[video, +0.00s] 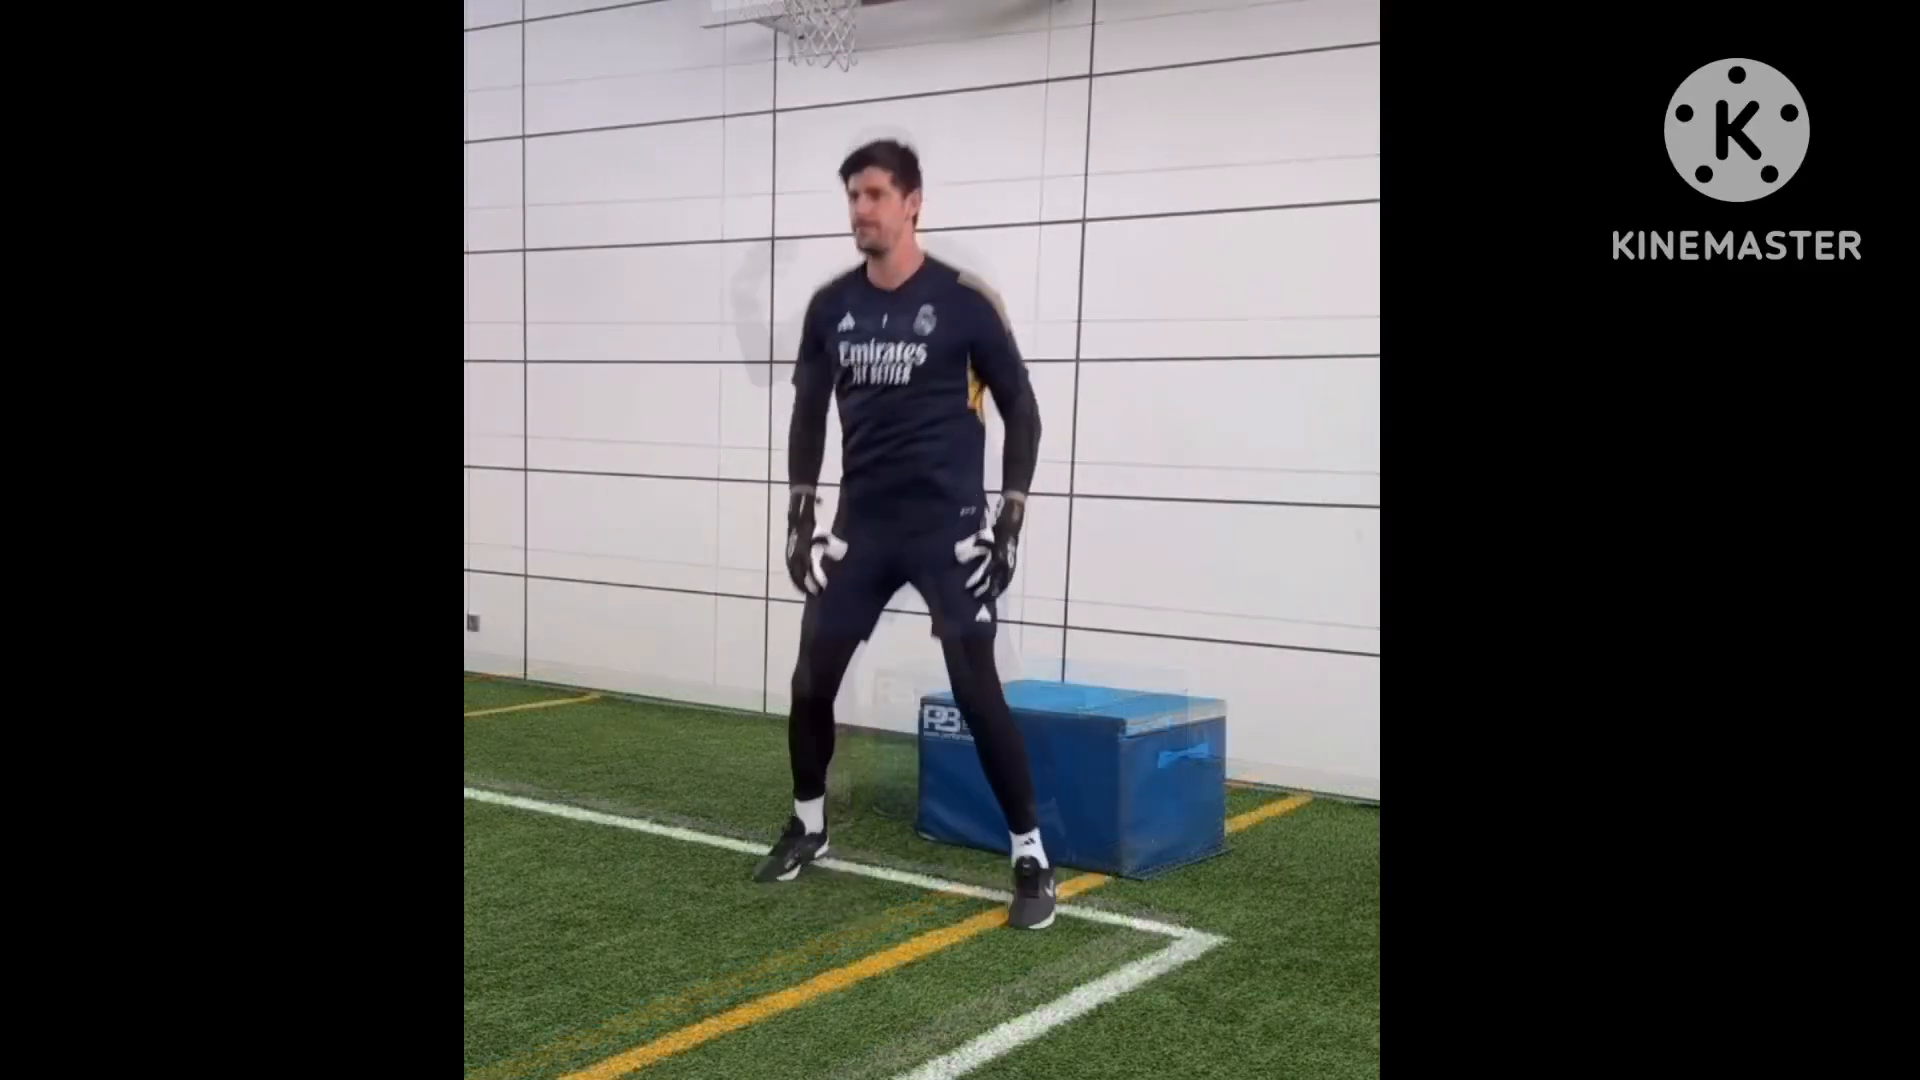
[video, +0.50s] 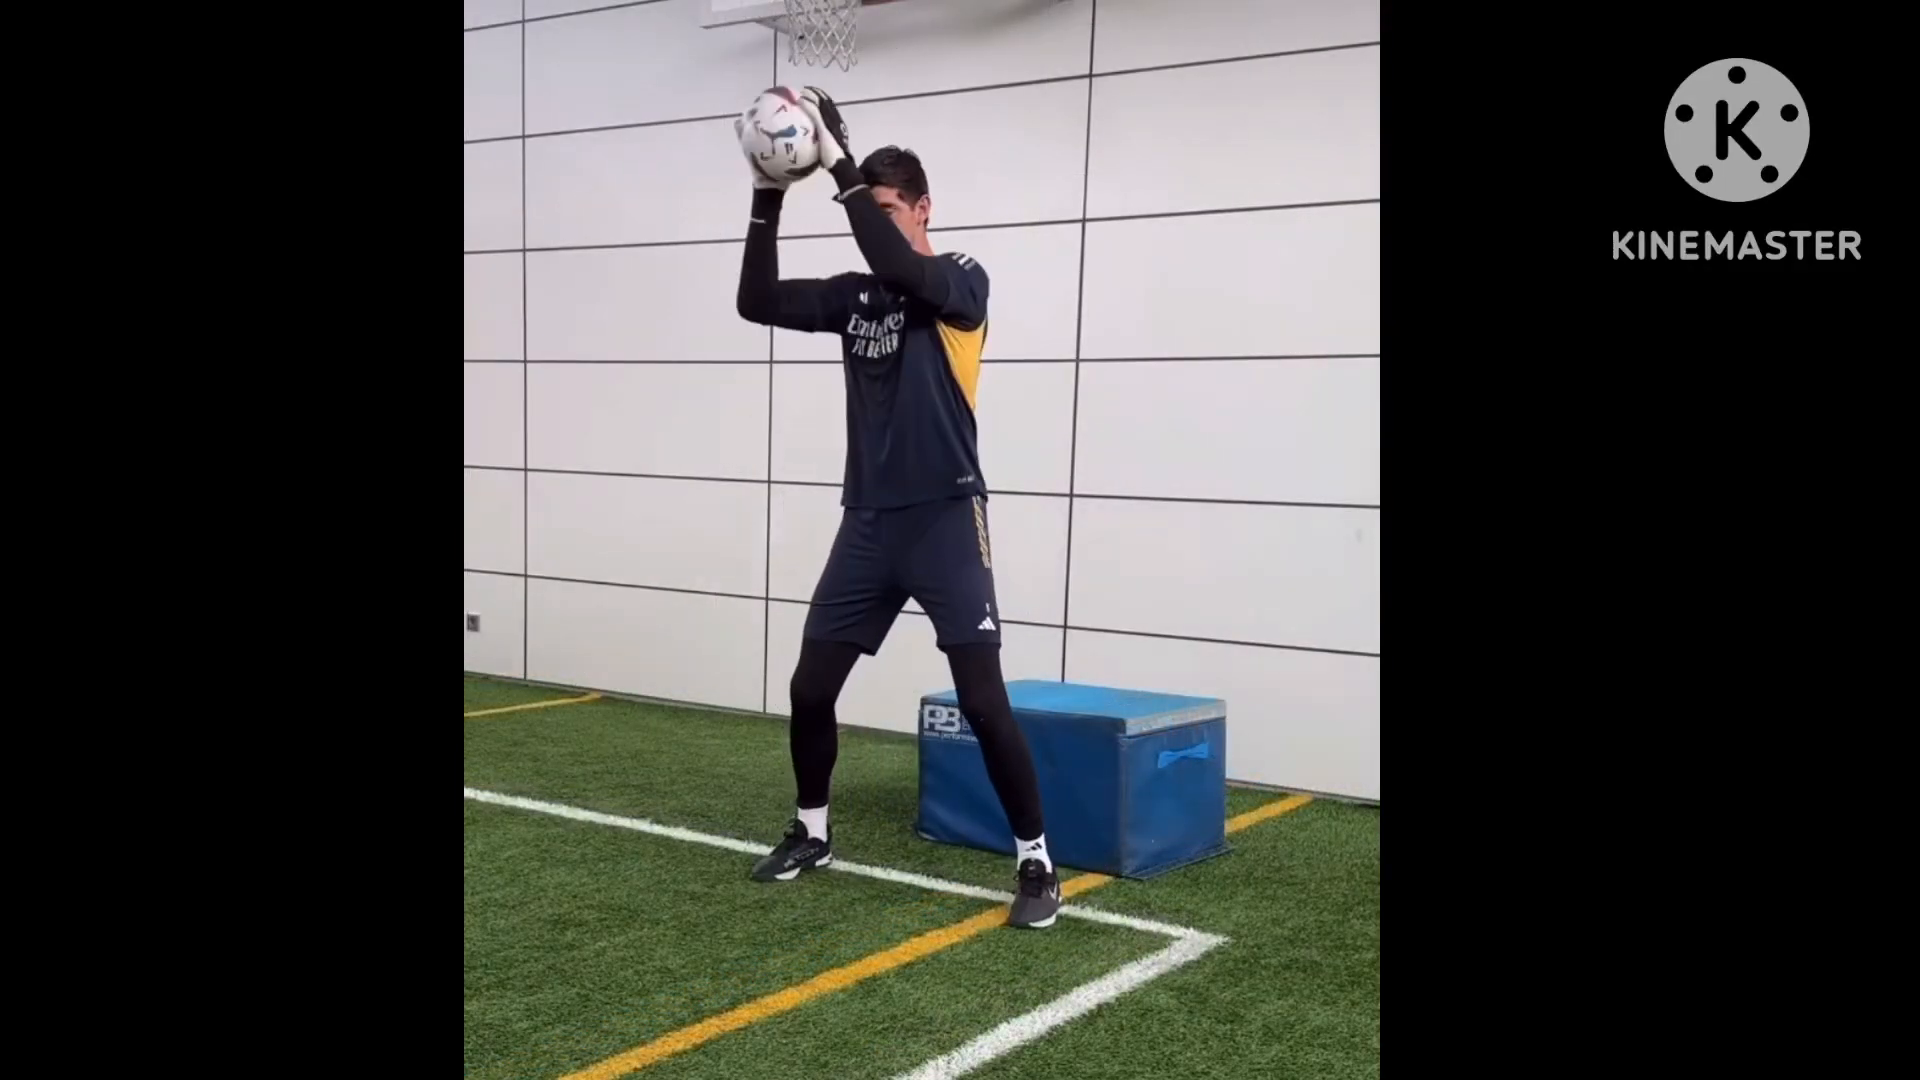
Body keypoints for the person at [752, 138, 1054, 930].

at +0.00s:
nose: (862, 209)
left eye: (876, 195)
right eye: (855, 197)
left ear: (913, 203)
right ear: (847, 209)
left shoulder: (964, 304)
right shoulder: (830, 307)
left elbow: (1021, 412)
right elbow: (808, 412)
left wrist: (1010, 520)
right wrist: (801, 514)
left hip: (950, 523)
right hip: (862, 524)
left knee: (976, 689)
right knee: (811, 683)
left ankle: (1029, 857)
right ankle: (808, 826)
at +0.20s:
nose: (856, 230)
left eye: (869, 215)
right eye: (847, 218)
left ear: (906, 221)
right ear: (841, 229)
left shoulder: (956, 318)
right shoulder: (839, 325)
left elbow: (1022, 432)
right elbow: (820, 420)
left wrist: (967, 506)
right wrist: (791, 496)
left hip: (941, 544)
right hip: (859, 541)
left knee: (971, 707)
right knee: (795, 692)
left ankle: (1033, 863)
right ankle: (811, 834)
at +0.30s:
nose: (865, 226)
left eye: (878, 211)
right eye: (856, 214)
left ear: (916, 214)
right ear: (852, 223)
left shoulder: (959, 299)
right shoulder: (846, 311)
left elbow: (998, 397)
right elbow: (790, 401)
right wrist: (765, 391)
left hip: (941, 542)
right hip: (857, 540)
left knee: (977, 706)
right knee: (802, 691)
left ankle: (1033, 860)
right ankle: (811, 834)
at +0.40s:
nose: (875, 228)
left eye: (887, 214)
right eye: (866, 217)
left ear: (925, 216)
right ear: (859, 226)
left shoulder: (966, 289)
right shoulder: (848, 303)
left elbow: (956, 323)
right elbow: (756, 342)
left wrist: (877, 269)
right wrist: (745, 257)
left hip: (945, 533)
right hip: (862, 535)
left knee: (983, 706)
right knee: (805, 692)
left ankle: (1034, 862)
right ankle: (811, 835)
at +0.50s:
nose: (875, 217)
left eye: (886, 202)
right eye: (866, 207)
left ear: (923, 206)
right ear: (865, 218)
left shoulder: (964, 282)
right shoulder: (853, 295)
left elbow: (903, 275)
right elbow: (758, 298)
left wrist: (847, 182)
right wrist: (767, 196)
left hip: (946, 518)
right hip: (867, 522)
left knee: (981, 697)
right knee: (811, 688)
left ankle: (1036, 863)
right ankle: (810, 834)